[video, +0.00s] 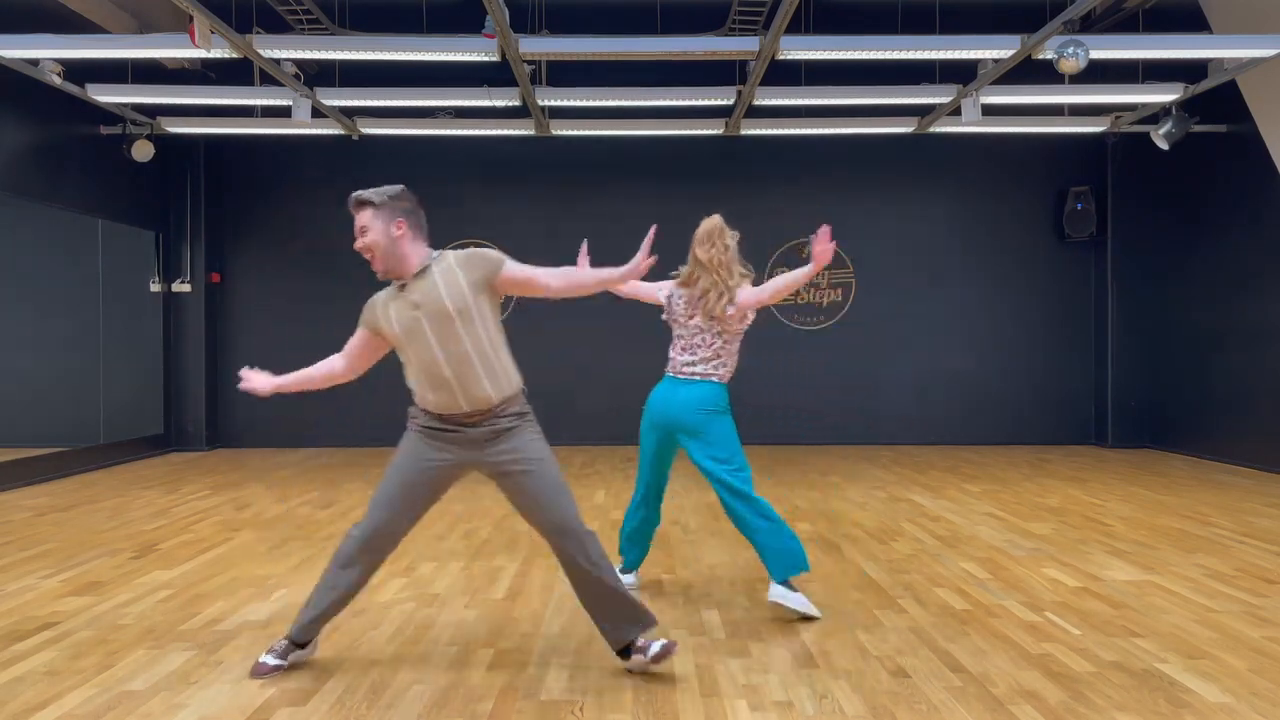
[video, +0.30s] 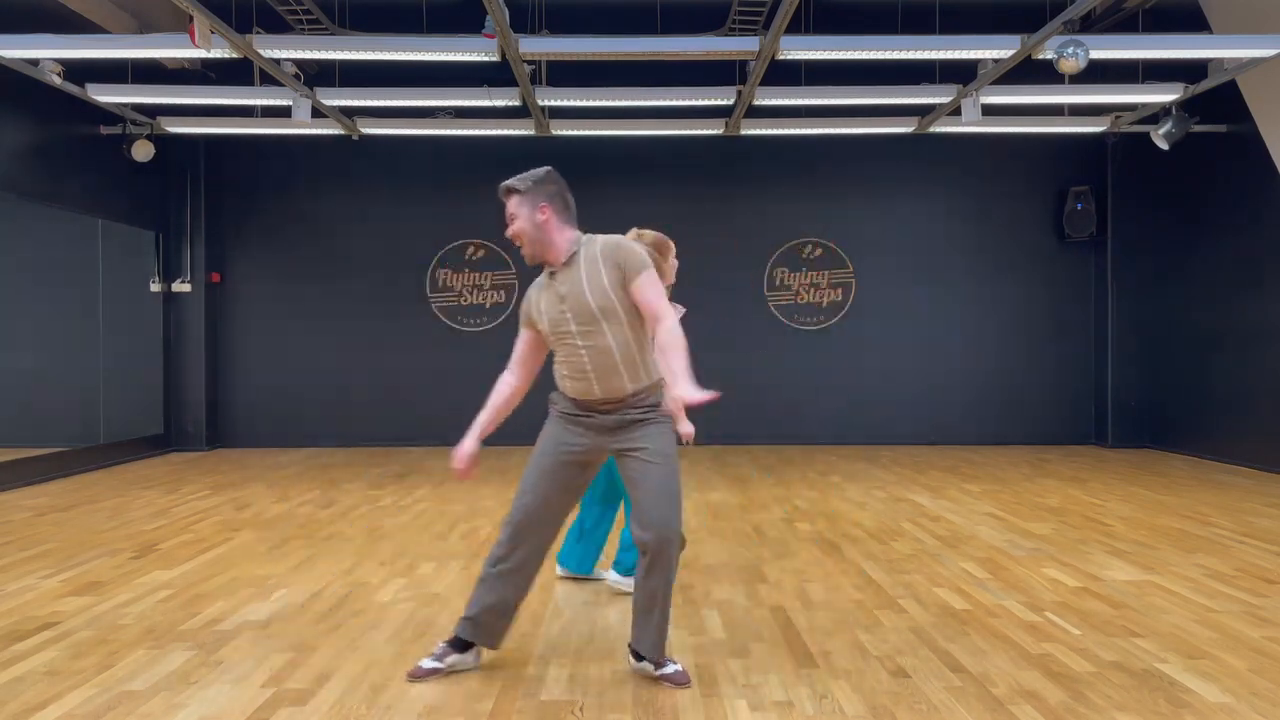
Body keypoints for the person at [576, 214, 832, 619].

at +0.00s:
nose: (735, 254)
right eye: (734, 249)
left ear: (694, 254)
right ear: (731, 255)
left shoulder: (673, 292)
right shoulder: (742, 298)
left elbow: (625, 287)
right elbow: (782, 285)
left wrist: (588, 271)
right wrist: (815, 264)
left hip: (663, 397)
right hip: (707, 401)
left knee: (648, 486)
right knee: (739, 491)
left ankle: (627, 567)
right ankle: (782, 580)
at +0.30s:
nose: (675, 271)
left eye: (674, 265)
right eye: (671, 265)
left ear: (644, 270)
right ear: (655, 268)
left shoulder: (621, 304)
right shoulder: (654, 309)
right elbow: (662, 371)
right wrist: (680, 416)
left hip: (617, 414)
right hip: (644, 416)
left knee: (604, 486)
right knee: (647, 495)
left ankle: (576, 556)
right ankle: (628, 564)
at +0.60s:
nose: (597, 221)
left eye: (600, 209)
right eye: (596, 210)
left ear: (626, 204)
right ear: (627, 206)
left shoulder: (679, 231)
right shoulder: (625, 265)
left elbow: (625, 284)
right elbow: (597, 306)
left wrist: (550, 324)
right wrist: (605, 318)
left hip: (724, 391)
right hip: (671, 401)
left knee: (719, 515)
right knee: (652, 509)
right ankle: (724, 586)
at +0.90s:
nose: (619, 192)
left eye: (623, 184)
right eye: (620, 184)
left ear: (645, 187)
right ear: (651, 185)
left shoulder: (695, 232)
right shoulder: (651, 235)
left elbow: (758, 279)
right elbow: (667, 295)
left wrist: (796, 347)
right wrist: (652, 341)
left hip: (725, 366)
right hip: (682, 374)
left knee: (721, 476)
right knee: (672, 475)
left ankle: (778, 599)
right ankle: (742, 567)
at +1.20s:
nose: (650, 251)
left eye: (660, 241)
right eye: (641, 242)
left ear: (677, 242)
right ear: (632, 244)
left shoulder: (697, 298)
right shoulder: (641, 295)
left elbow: (728, 365)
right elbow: (628, 342)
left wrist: (682, 395)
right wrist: (574, 353)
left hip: (714, 411)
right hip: (671, 410)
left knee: (653, 501)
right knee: (643, 501)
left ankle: (669, 587)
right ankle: (688, 568)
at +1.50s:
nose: (686, 233)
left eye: (695, 226)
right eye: (678, 226)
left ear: (711, 234)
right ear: (667, 233)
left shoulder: (732, 292)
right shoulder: (651, 287)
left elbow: (746, 356)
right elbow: (598, 328)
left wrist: (693, 377)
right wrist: (539, 321)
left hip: (711, 400)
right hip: (656, 401)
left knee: (704, 474)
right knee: (630, 487)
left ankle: (729, 544)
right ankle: (662, 568)